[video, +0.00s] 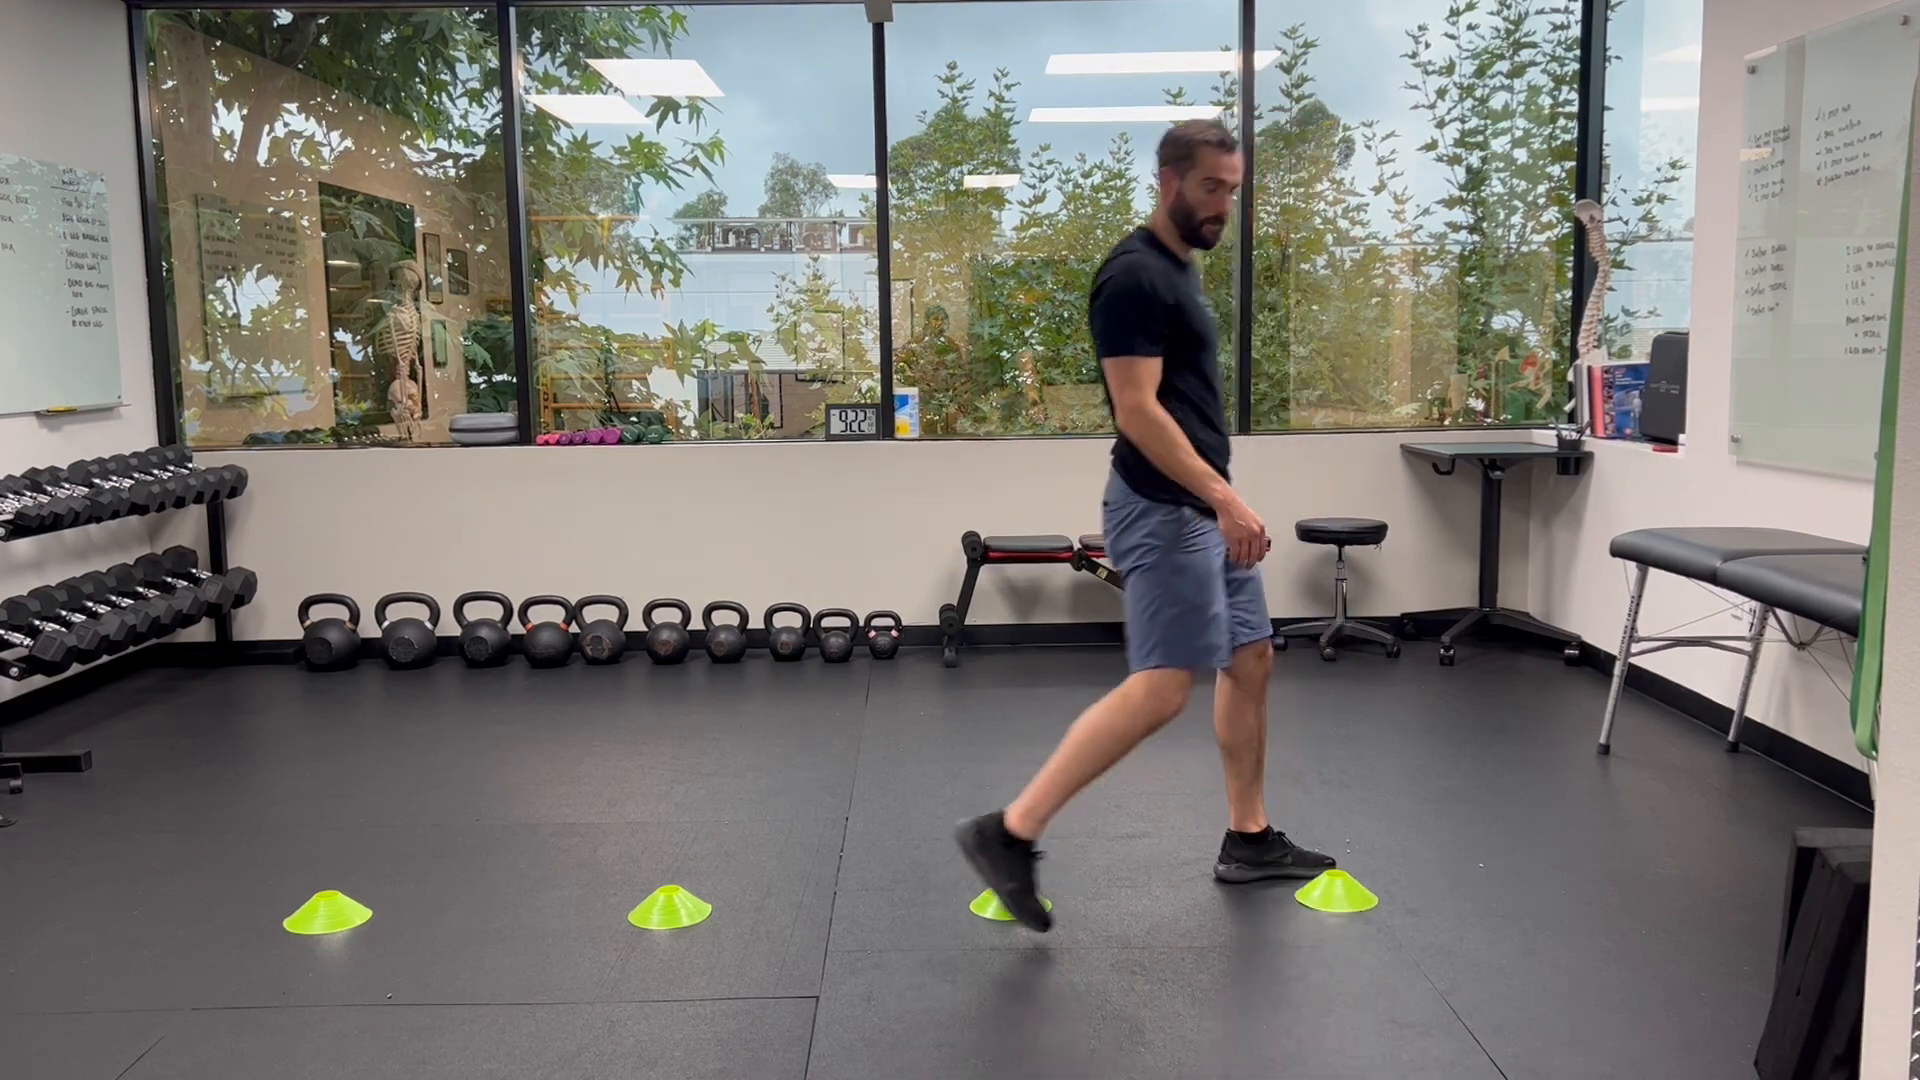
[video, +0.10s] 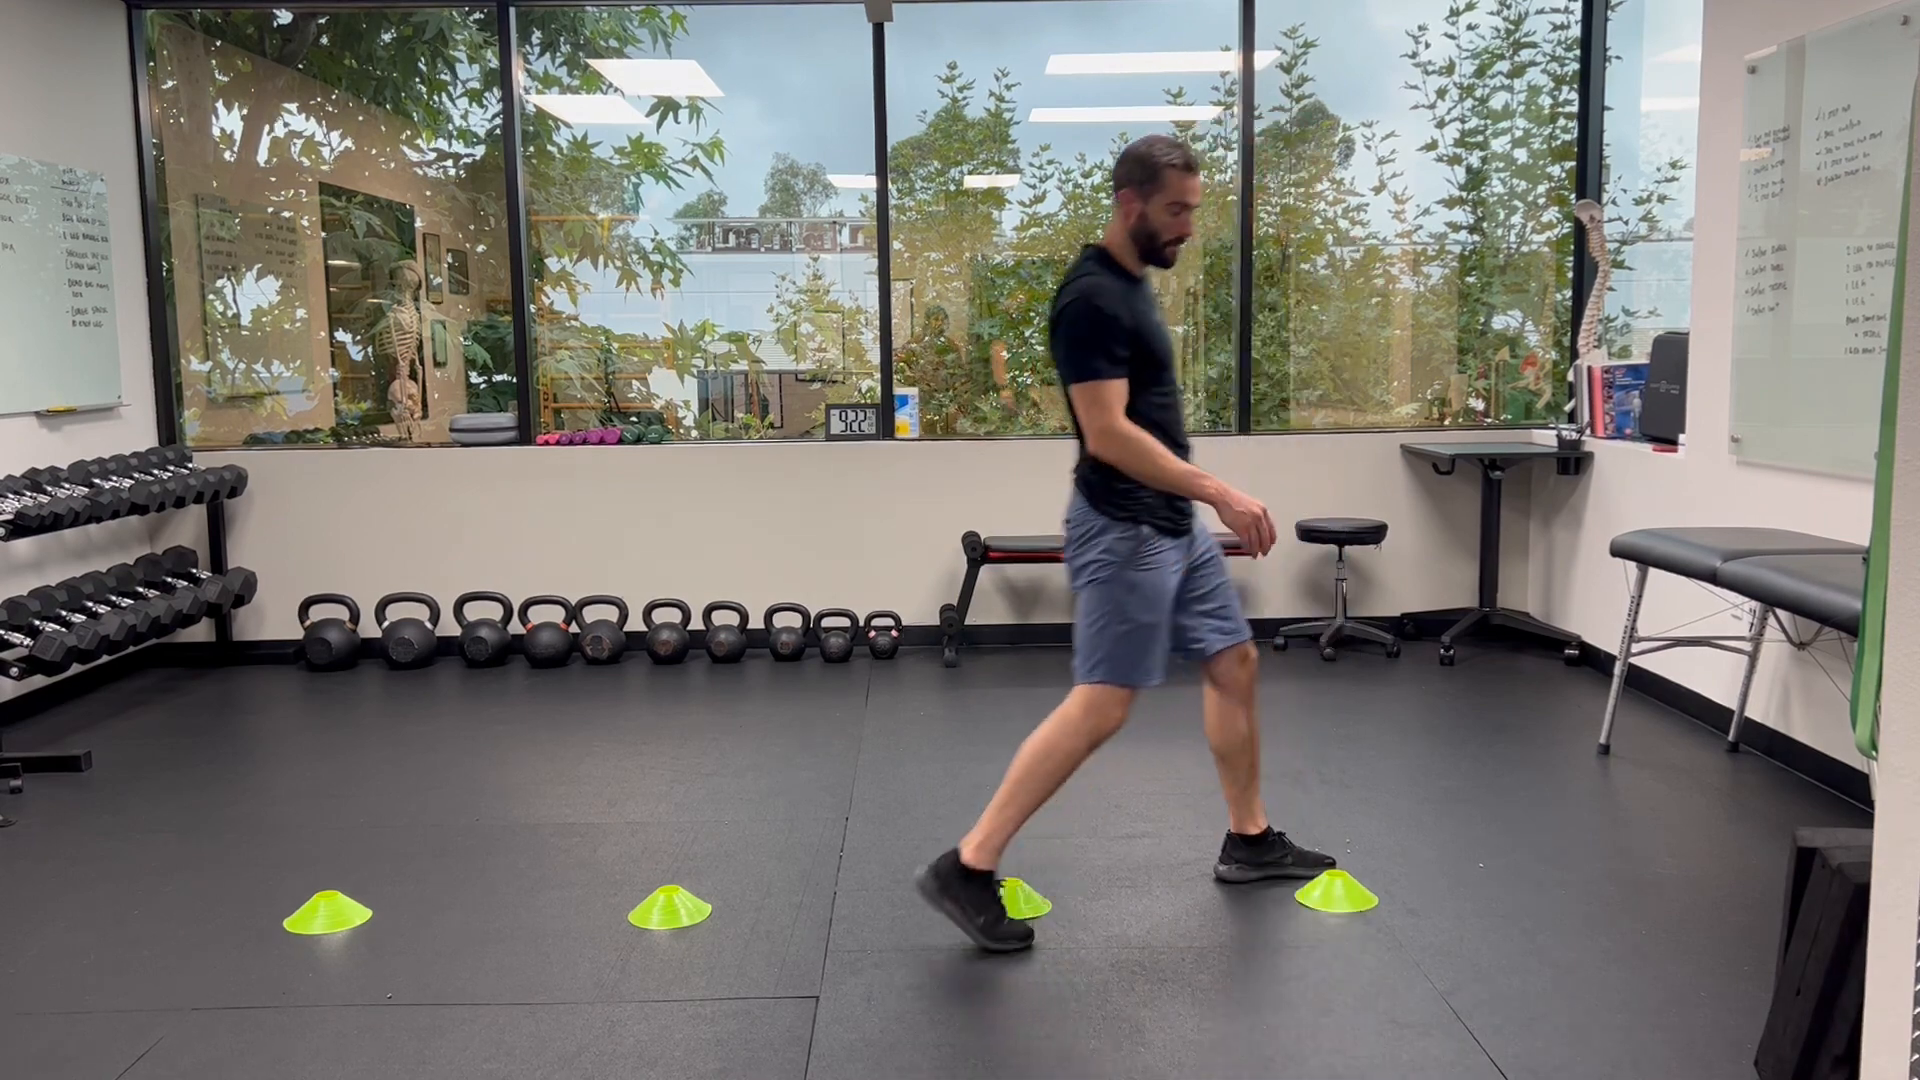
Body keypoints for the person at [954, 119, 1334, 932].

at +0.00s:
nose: (1223, 206)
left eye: (1233, 191)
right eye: (1212, 189)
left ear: (1233, 189)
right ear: (1168, 182)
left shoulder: (1177, 272)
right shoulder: (1134, 276)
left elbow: (1176, 408)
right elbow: (1137, 415)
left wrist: (1218, 510)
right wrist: (1227, 501)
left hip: (1203, 507)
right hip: (1161, 510)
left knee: (1250, 661)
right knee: (1162, 686)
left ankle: (1249, 839)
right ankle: (1011, 832)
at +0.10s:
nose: (1188, 225)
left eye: (1191, 210)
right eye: (1177, 210)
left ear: (1148, 208)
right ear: (1128, 203)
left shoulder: (1130, 285)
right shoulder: (1091, 295)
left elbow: (1135, 423)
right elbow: (1105, 436)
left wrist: (1202, 506)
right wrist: (1221, 492)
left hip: (1177, 527)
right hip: (1121, 532)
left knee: (1234, 669)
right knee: (1101, 705)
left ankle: (1249, 838)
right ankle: (968, 865)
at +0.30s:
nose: (1096, 223)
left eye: (1099, 207)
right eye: (1086, 207)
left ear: (1042, 204)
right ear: (1035, 201)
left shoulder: (1031, 279)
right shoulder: (988, 296)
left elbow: (1031, 420)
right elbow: (1001, 443)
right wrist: (1126, 489)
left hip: (1063, 519)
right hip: (1016, 524)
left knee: (1112, 664)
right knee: (1003, 699)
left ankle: (1163, 811)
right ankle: (936, 892)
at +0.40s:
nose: (1048, 207)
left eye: (1050, 191)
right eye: (1038, 191)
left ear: (998, 187)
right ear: (984, 186)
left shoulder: (993, 262)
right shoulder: (936, 282)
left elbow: (991, 405)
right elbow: (932, 434)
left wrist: (1027, 501)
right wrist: (1028, 521)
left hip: (1011, 499)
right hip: (970, 510)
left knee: (1049, 644)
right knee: (979, 691)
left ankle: (1051, 797)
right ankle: (935, 891)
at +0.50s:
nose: (995, 203)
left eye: (997, 188)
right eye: (984, 188)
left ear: (953, 183)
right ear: (932, 180)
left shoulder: (954, 263)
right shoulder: (881, 281)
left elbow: (987, 384)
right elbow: (864, 428)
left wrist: (1038, 486)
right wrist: (904, 553)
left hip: (975, 509)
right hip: (933, 517)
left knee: (979, 659)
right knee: (955, 691)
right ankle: (933, 892)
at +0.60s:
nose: (940, 206)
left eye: (942, 192)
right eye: (929, 193)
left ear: (899, 187)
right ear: (879, 186)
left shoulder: (913, 262)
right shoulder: (827, 284)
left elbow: (952, 372)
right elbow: (790, 428)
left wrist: (1010, 444)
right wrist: (789, 562)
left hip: (920, 511)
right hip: (887, 518)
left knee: (906, 650)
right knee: (946, 693)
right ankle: (932, 895)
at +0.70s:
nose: (890, 222)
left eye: (894, 207)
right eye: (879, 208)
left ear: (850, 203)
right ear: (827, 202)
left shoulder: (870, 275)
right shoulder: (773, 295)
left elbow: (908, 374)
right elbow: (713, 424)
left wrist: (951, 394)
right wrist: (705, 557)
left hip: (863, 520)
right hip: (845, 528)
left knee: (826, 668)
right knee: (930, 692)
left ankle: (691, 783)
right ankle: (933, 896)